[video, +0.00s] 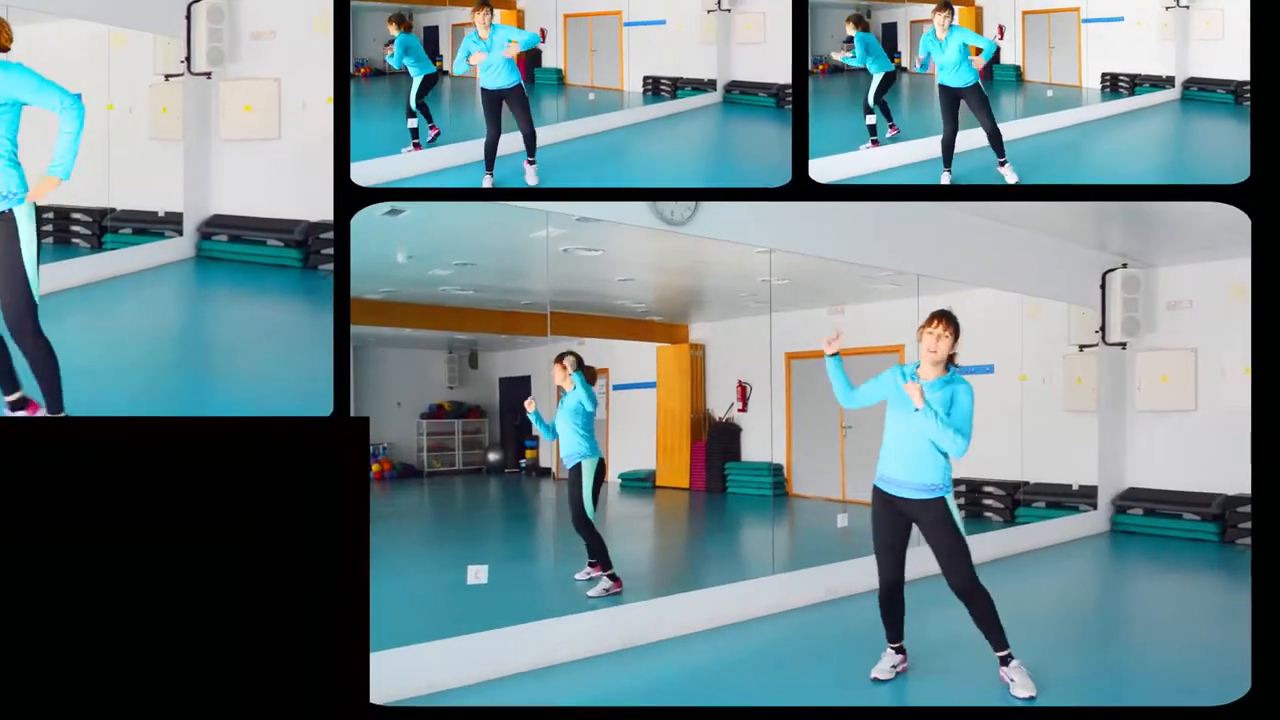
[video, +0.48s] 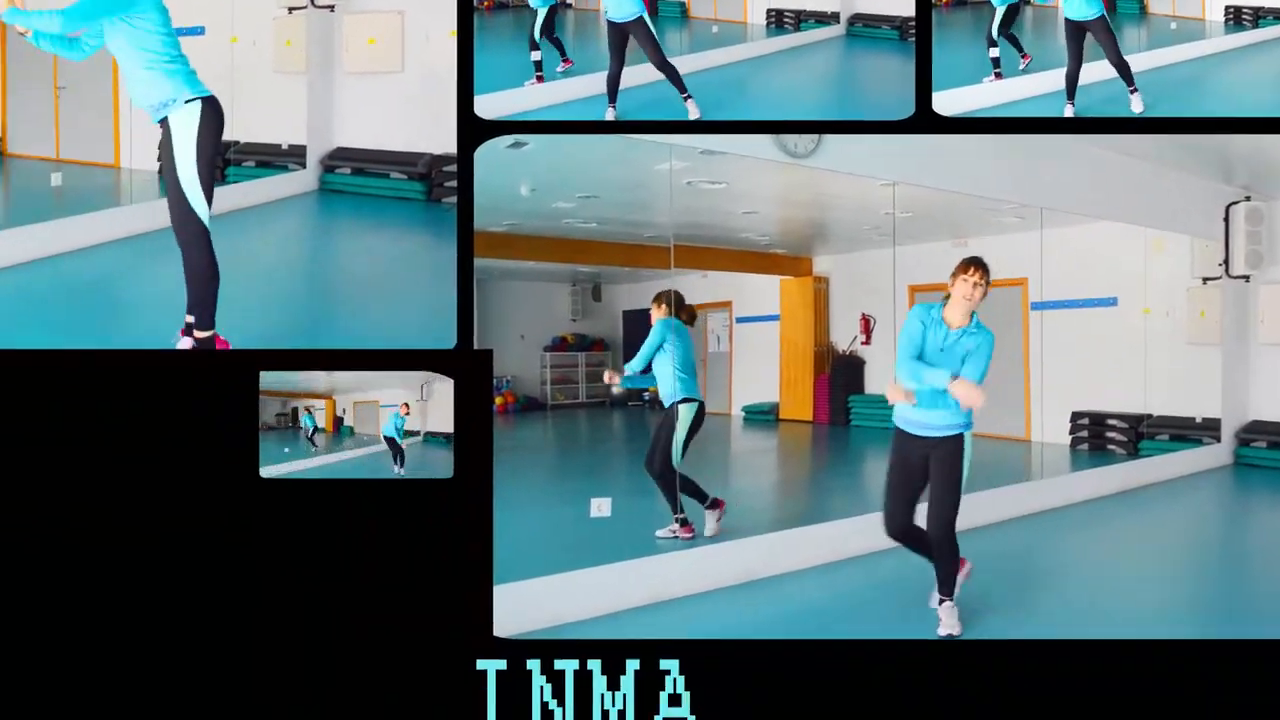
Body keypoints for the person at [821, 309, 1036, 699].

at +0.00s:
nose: (935, 341)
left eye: (944, 337)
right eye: (931, 334)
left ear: (954, 346)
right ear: (919, 338)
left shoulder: (959, 388)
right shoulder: (898, 376)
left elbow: (957, 446)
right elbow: (849, 398)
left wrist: (922, 406)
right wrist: (832, 357)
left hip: (932, 498)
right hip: (887, 494)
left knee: (964, 583)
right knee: (889, 581)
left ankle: (1008, 662)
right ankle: (895, 652)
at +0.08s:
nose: (924, 340)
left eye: (933, 336)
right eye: (919, 332)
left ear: (941, 346)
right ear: (907, 337)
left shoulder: (944, 387)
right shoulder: (881, 372)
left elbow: (934, 442)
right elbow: (827, 388)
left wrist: (912, 397)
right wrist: (836, 341)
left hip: (916, 494)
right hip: (874, 492)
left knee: (945, 582)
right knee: (883, 581)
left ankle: (985, 658)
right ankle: (898, 650)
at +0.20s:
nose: (920, 329)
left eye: (928, 324)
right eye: (915, 320)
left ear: (935, 333)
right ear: (902, 323)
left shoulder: (935, 372)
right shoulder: (875, 355)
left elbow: (917, 418)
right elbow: (834, 372)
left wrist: (903, 375)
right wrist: (867, 327)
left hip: (913, 477)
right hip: (872, 475)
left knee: (920, 565)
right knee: (894, 565)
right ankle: (914, 633)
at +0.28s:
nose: (925, 317)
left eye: (933, 312)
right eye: (920, 308)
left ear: (940, 321)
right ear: (907, 308)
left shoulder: (938, 358)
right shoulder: (881, 337)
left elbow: (920, 403)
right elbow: (861, 370)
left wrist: (899, 366)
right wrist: (897, 332)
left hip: (917, 462)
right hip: (876, 461)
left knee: (910, 551)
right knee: (905, 549)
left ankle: (896, 636)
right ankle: (938, 622)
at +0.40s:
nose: (950, 300)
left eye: (957, 296)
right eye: (945, 291)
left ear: (961, 304)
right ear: (930, 293)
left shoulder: (959, 346)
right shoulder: (899, 327)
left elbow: (943, 398)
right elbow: (898, 369)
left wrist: (907, 374)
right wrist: (949, 352)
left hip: (932, 447)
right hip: (891, 445)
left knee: (918, 539)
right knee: (909, 539)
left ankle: (913, 618)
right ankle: (958, 590)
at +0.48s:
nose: (972, 288)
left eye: (979, 285)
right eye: (967, 280)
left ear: (984, 294)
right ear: (952, 283)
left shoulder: (981, 337)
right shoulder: (920, 315)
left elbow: (964, 393)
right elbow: (904, 369)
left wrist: (910, 395)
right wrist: (953, 383)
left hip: (949, 438)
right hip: (907, 433)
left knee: (941, 529)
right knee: (896, 524)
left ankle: (945, 601)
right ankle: (953, 563)